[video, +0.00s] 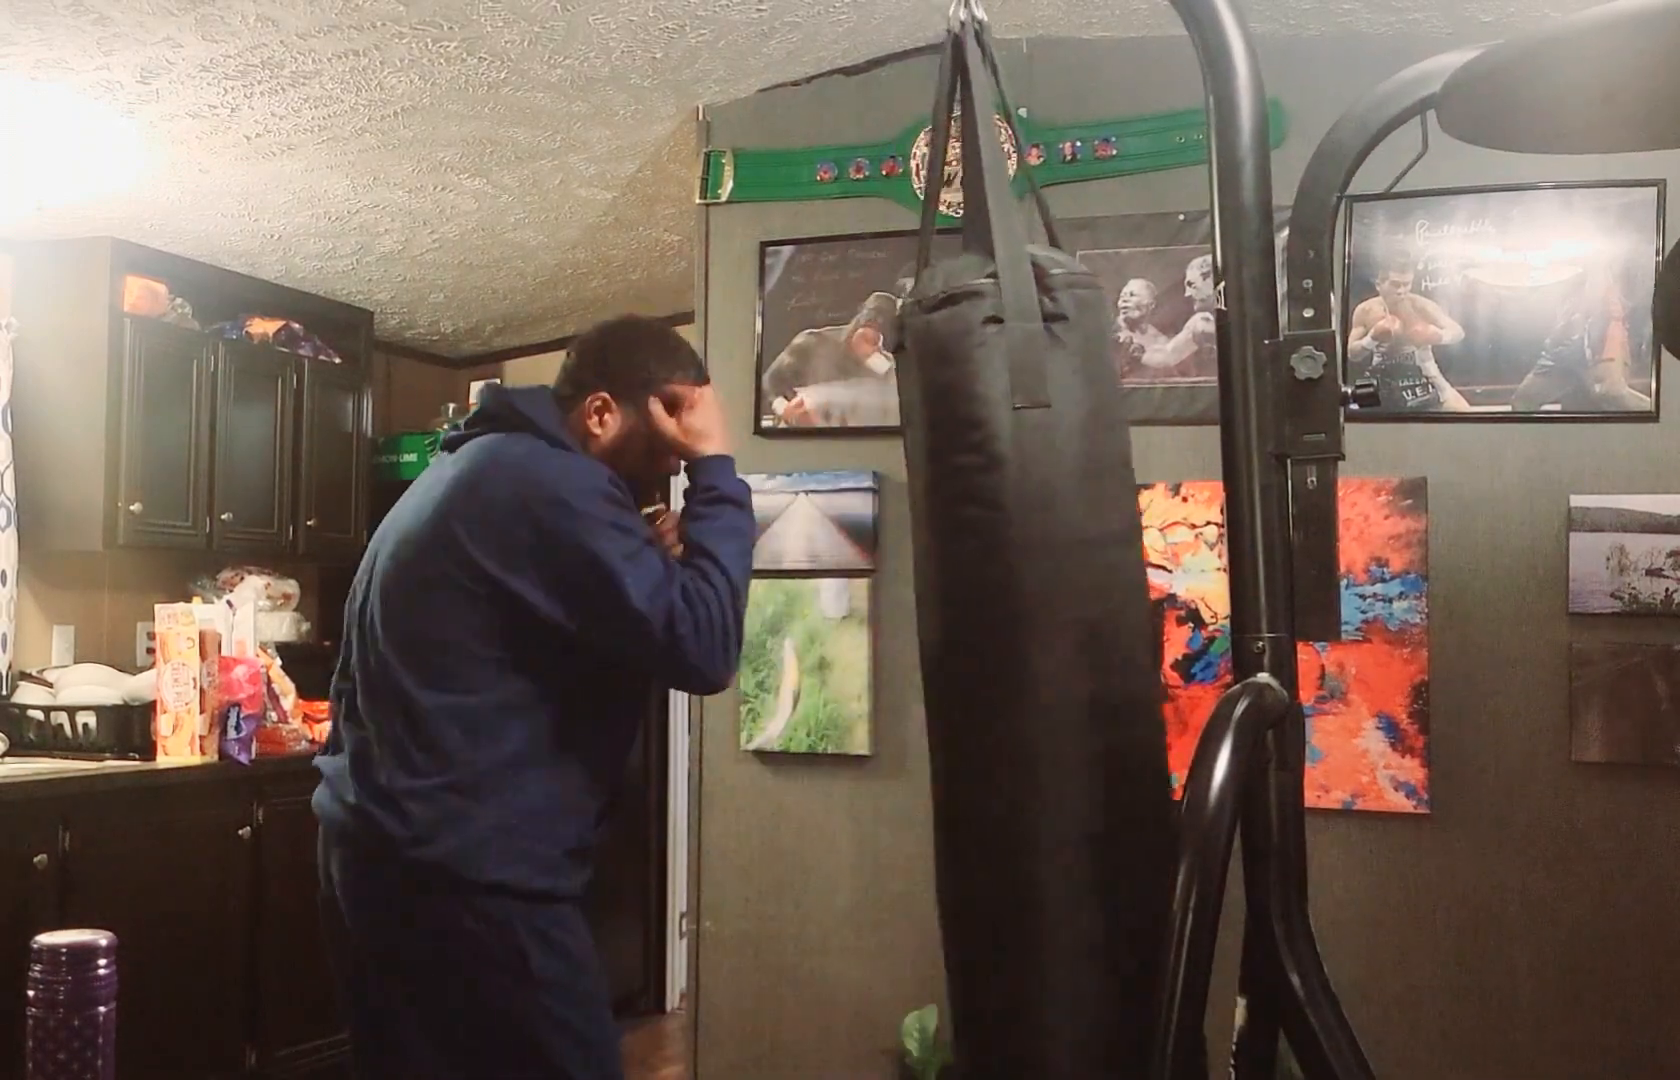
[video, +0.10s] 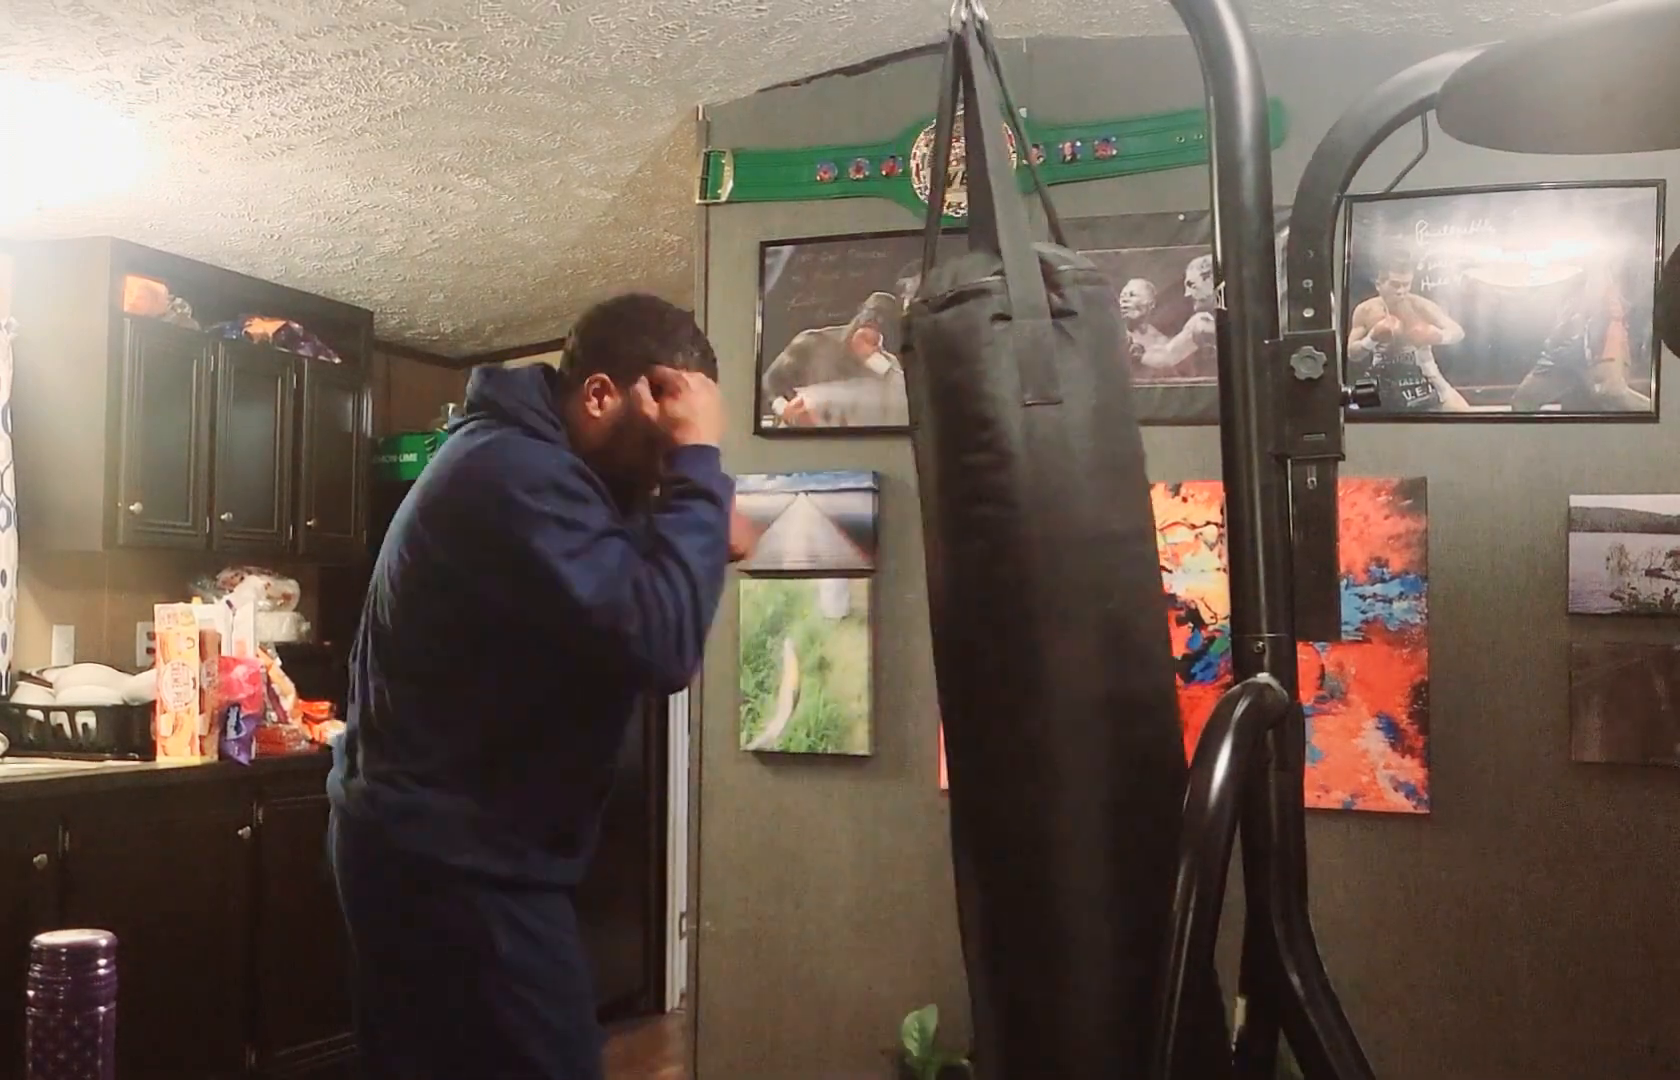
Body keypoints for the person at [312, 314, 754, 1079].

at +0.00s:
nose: (672, 472)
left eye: (679, 451)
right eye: (666, 445)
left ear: (596, 413)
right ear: (600, 416)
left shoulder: (477, 465)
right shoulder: (543, 482)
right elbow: (703, 645)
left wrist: (641, 555)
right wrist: (716, 467)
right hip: (476, 877)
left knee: (425, 1065)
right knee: (568, 1062)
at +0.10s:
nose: (682, 443)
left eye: (686, 422)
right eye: (672, 419)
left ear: (598, 397)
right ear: (601, 397)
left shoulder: (512, 456)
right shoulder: (517, 472)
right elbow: (660, 640)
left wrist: (697, 538)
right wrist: (698, 457)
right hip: (463, 871)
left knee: (452, 1062)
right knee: (544, 1061)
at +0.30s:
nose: (671, 434)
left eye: (682, 417)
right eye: (668, 410)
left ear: (599, 386)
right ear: (599, 382)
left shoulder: (563, 451)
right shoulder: (492, 471)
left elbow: (746, 473)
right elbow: (634, 641)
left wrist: (950, 486)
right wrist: (692, 460)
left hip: (492, 856)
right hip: (455, 871)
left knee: (435, 1062)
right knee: (524, 1063)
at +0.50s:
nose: (668, 438)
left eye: (679, 414)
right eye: (666, 407)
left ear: (593, 379)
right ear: (604, 379)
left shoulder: (497, 447)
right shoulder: (511, 465)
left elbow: (637, 583)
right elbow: (653, 643)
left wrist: (777, 545)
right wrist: (700, 469)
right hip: (457, 858)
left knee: (447, 1063)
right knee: (521, 1063)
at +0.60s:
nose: (653, 451)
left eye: (666, 427)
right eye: (654, 422)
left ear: (582, 389)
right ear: (601, 392)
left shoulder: (450, 446)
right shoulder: (528, 467)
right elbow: (659, 646)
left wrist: (682, 575)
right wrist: (695, 475)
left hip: (374, 831)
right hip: (461, 856)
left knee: (408, 1062)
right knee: (528, 1063)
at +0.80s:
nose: (610, 477)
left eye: (621, 463)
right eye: (614, 459)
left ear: (530, 409)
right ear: (578, 426)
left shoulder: (389, 462)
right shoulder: (550, 483)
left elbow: (323, 631)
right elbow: (663, 655)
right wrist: (675, 494)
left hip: (335, 840)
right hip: (470, 854)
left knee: (388, 1061)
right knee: (556, 1064)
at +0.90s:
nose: (619, 511)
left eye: (624, 496)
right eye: (619, 492)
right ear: (586, 457)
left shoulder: (388, 486)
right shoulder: (559, 495)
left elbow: (327, 645)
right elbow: (667, 670)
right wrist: (676, 518)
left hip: (330, 842)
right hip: (473, 854)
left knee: (379, 1062)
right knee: (583, 1064)